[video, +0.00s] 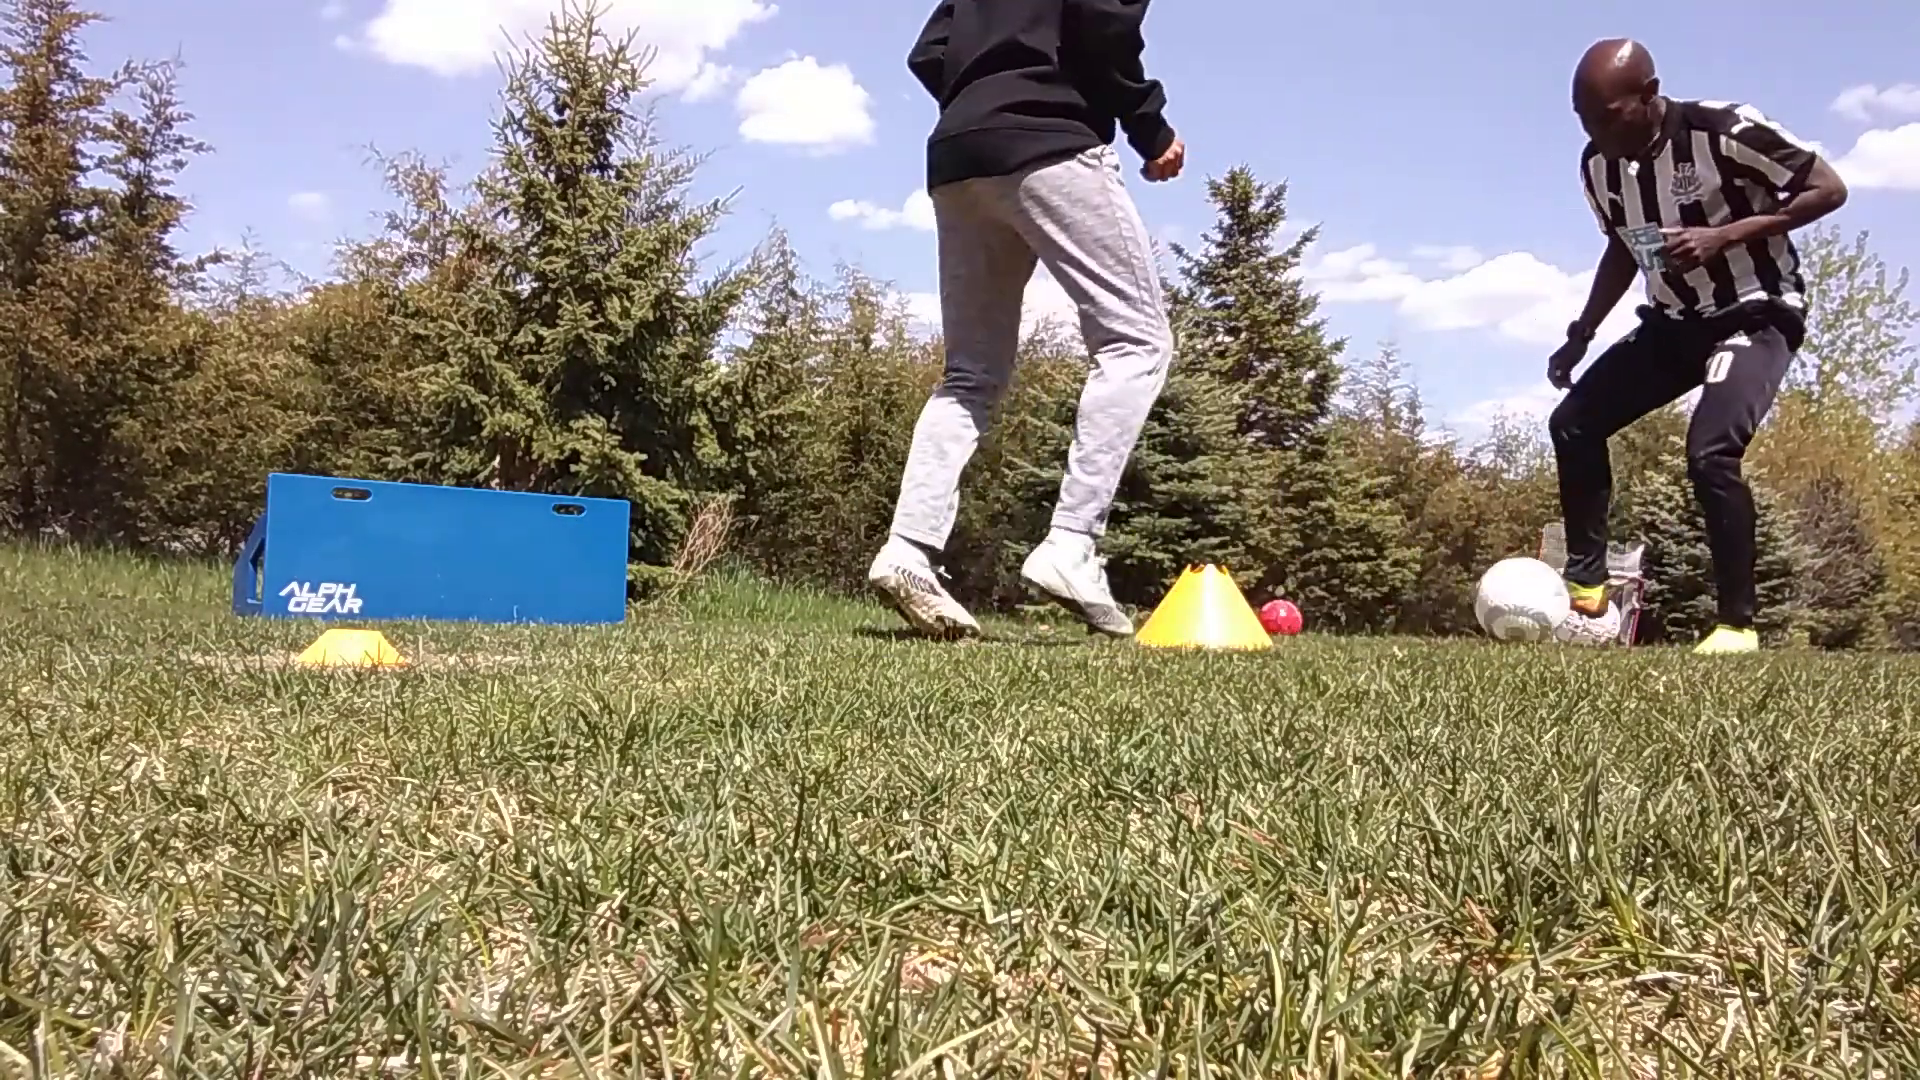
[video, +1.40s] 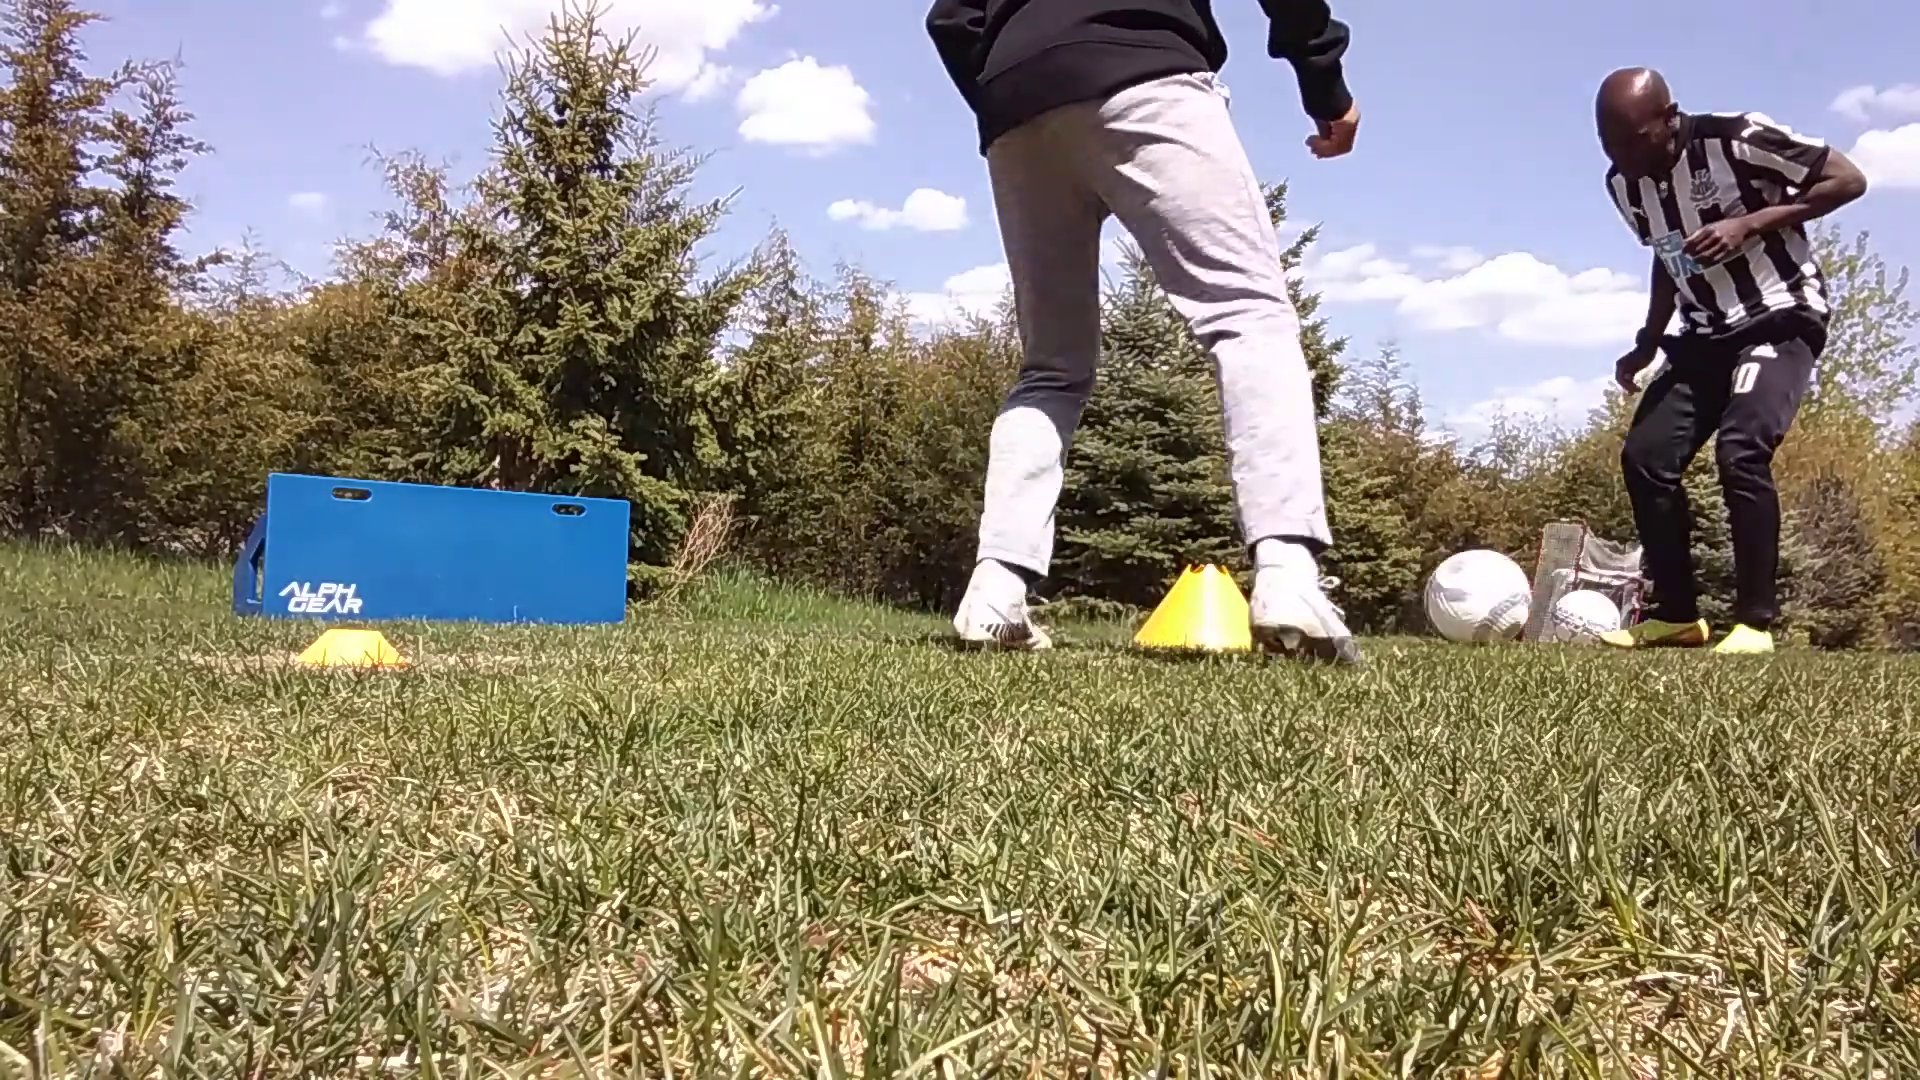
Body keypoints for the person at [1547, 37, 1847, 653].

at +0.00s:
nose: (1591, 131)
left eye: (1600, 116)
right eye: (1585, 118)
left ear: (1647, 97)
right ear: (1585, 108)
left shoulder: (1725, 130)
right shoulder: (1599, 165)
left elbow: (1828, 188)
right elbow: (1623, 248)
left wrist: (1726, 234)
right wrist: (1583, 331)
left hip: (1756, 318)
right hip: (1676, 324)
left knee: (1710, 451)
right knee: (1573, 423)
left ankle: (1737, 626)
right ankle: (1585, 585)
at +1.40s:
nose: (1615, 157)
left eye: (1624, 143)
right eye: (1610, 144)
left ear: (1665, 123)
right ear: (1608, 132)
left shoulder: (1738, 139)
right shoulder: (1623, 182)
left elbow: (1849, 179)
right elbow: (1668, 253)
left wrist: (1753, 221)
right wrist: (1648, 339)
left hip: (1780, 318)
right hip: (1705, 334)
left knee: (1740, 450)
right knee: (1645, 455)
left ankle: (1756, 623)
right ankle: (1677, 615)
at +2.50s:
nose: (1558, 138)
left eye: (1572, 125)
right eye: (1552, 126)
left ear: (1615, 118)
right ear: (1547, 124)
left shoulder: (1682, 154)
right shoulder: (1546, 191)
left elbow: (1759, 210)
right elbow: (1564, 269)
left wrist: (1707, 296)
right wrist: (1566, 348)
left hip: (1709, 329)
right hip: (1626, 345)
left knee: (1720, 456)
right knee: (1601, 473)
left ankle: (1752, 620)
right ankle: (1598, 622)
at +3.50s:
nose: (1648, 133)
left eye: (1663, 118)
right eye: (1636, 119)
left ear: (1692, 104)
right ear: (1618, 111)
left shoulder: (1744, 152)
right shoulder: (1600, 179)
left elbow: (1841, 196)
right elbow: (1598, 247)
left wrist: (1796, 254)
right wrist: (1577, 321)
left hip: (1747, 333)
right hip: (1652, 348)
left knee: (1793, 451)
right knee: (1610, 479)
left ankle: (1848, 606)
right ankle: (1597, 623)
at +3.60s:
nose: (1676, 105)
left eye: (1692, 89)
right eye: (1664, 89)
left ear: (1724, 70)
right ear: (1648, 77)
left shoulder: (1779, 120)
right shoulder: (1633, 149)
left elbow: (1868, 165)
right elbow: (1636, 226)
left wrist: (1832, 233)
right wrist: (1605, 298)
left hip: (1788, 323)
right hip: (1696, 333)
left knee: (1820, 459)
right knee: (1642, 460)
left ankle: (1860, 620)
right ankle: (1614, 612)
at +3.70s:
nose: (1710, 109)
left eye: (1728, 92)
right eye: (1697, 92)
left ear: (1756, 73)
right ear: (1680, 77)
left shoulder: (1812, 120)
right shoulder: (1661, 157)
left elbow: (1891, 171)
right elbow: (1662, 247)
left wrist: (1861, 255)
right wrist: (1630, 319)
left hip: (1818, 323)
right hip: (1727, 334)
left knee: (1831, 463)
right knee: (1652, 434)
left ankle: (1864, 624)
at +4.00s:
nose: (1748, 81)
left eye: (1760, 67)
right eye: (1737, 68)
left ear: (1785, 60)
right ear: (1722, 64)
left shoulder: (1837, 113)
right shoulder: (1721, 138)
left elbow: (1917, 168)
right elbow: (1711, 230)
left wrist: (1889, 258)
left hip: (1861, 318)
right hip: (1787, 332)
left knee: (1853, 462)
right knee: (1755, 455)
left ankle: (1874, 625)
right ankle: (1795, 614)